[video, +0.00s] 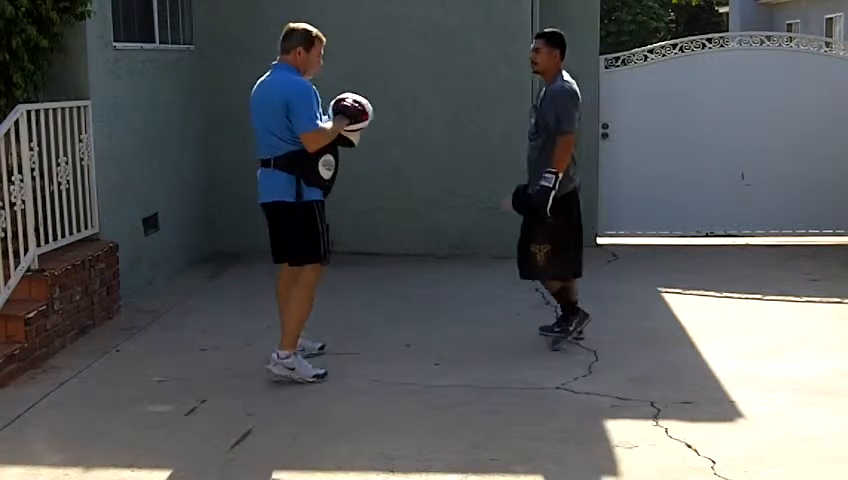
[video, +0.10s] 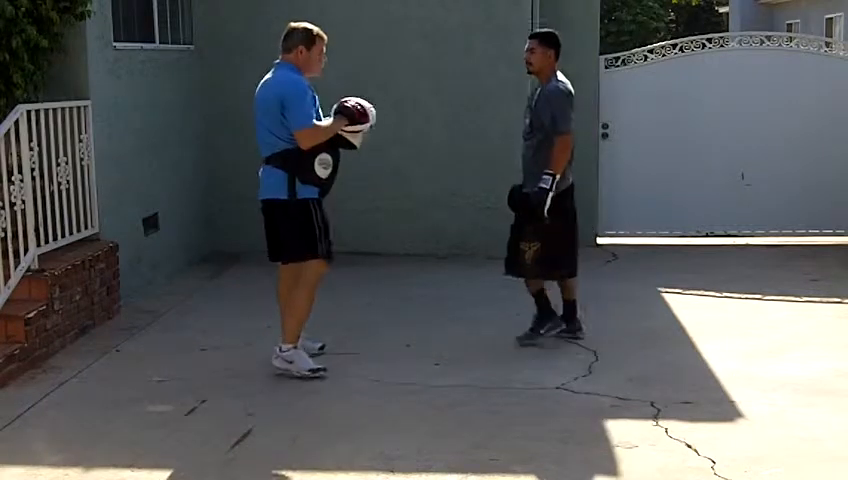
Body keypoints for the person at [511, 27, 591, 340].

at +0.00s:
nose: (532, 56)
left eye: (538, 51)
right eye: (532, 51)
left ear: (556, 55)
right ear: (548, 56)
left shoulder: (562, 91)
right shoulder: (551, 88)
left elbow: (566, 140)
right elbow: (552, 140)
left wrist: (548, 182)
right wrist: (533, 183)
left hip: (556, 193)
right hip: (550, 191)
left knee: (542, 256)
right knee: (551, 255)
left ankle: (571, 313)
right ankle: (568, 313)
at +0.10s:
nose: (526, 56)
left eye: (533, 51)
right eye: (527, 51)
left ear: (550, 55)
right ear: (540, 57)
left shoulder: (557, 91)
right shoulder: (541, 89)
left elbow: (564, 141)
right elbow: (540, 141)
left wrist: (547, 183)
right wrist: (526, 182)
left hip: (553, 188)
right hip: (538, 187)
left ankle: (559, 316)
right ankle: (558, 317)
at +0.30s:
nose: (513, 59)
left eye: (518, 53)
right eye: (513, 53)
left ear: (536, 58)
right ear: (529, 59)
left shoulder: (542, 94)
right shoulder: (534, 91)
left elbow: (546, 143)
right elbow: (526, 145)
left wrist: (535, 187)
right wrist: (511, 185)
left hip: (530, 192)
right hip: (538, 189)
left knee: (514, 255)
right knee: (556, 254)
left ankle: (502, 319)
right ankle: (568, 317)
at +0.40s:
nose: (505, 58)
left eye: (511, 53)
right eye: (506, 52)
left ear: (528, 57)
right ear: (524, 59)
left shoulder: (531, 93)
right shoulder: (529, 88)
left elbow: (533, 143)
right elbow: (528, 141)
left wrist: (525, 188)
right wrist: (517, 182)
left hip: (520, 191)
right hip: (533, 188)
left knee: (510, 256)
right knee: (547, 251)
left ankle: (502, 319)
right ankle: (566, 313)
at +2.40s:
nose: (521, 58)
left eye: (527, 53)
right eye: (521, 53)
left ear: (544, 58)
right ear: (531, 59)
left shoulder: (557, 94)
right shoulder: (528, 93)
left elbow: (565, 142)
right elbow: (526, 129)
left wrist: (528, 148)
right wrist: (511, 143)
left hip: (553, 186)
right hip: (536, 184)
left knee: (540, 249)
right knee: (555, 244)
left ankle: (533, 315)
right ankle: (564, 302)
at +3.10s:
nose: (524, 58)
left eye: (530, 54)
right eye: (524, 53)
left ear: (547, 57)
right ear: (536, 58)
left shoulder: (551, 92)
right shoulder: (538, 89)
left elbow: (551, 140)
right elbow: (523, 131)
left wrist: (519, 142)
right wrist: (513, 105)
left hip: (547, 185)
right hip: (546, 183)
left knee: (541, 249)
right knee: (558, 244)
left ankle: (534, 314)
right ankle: (564, 303)